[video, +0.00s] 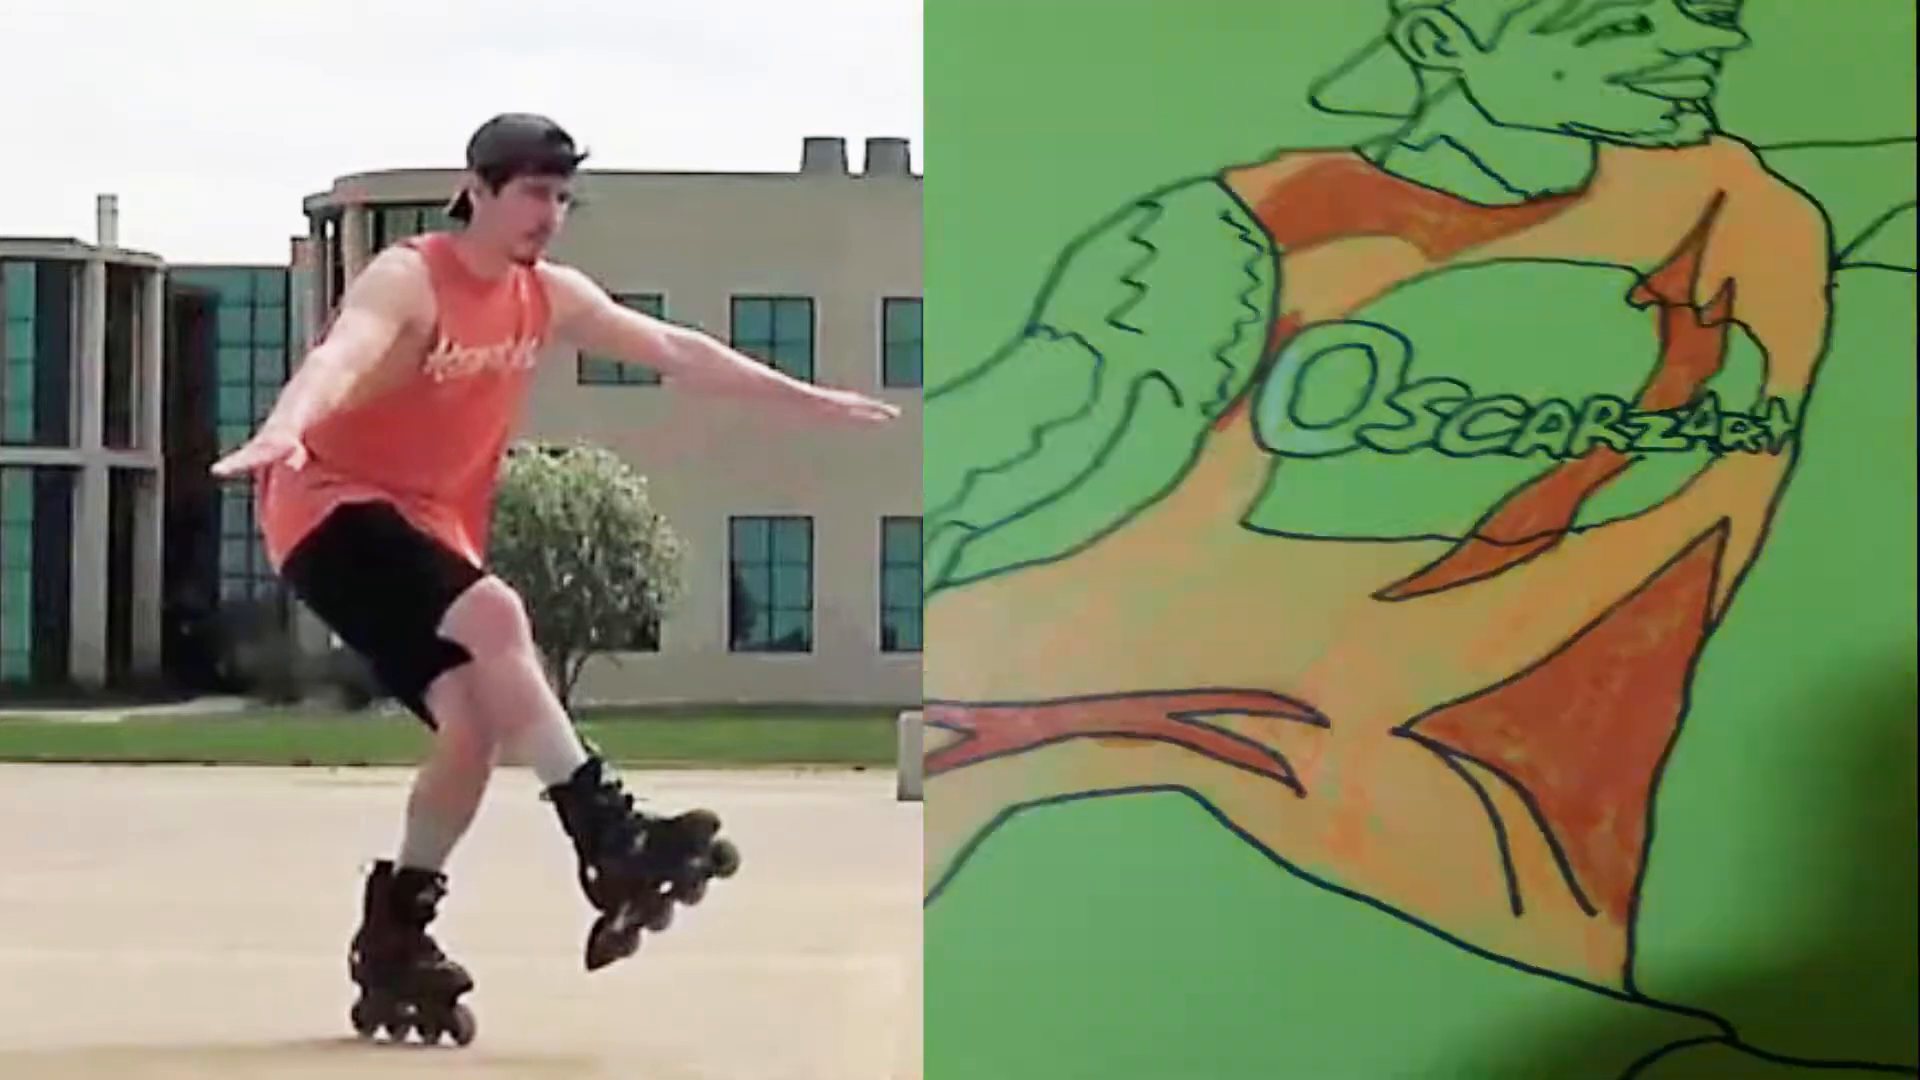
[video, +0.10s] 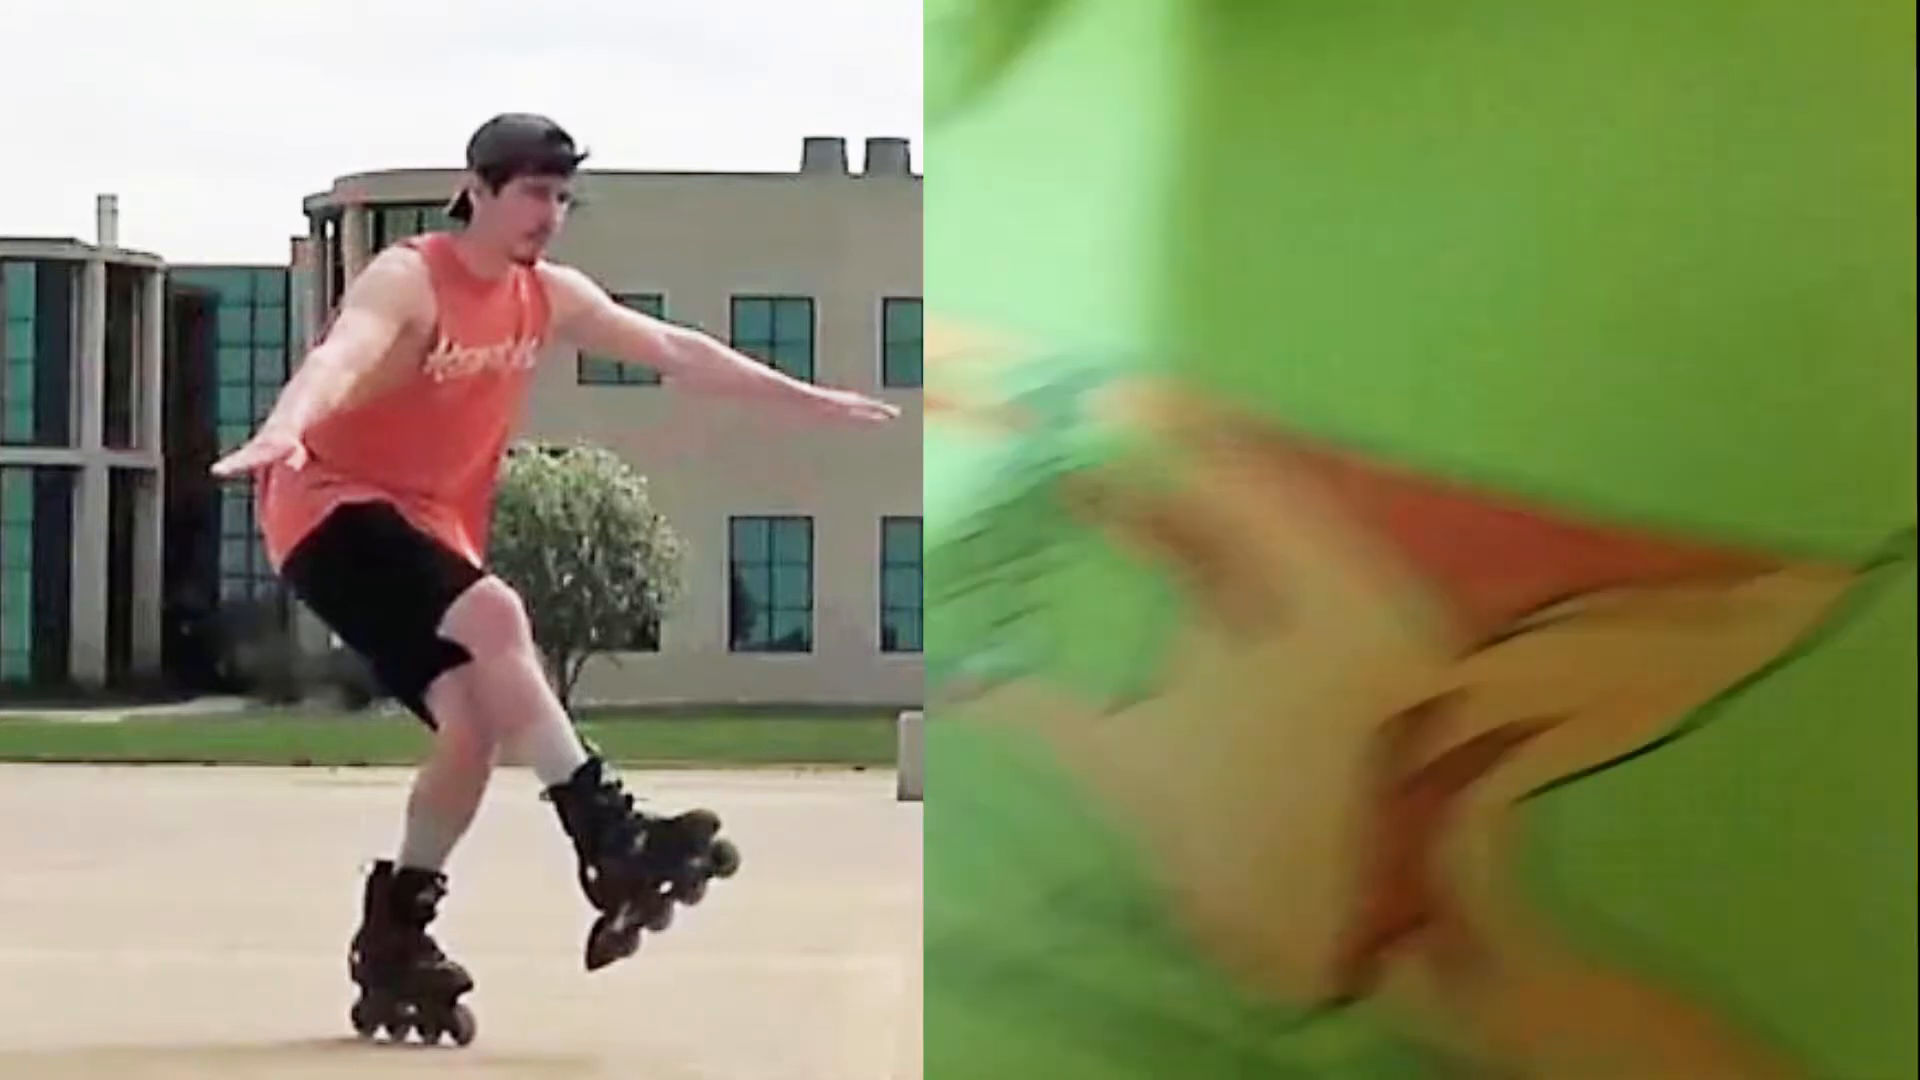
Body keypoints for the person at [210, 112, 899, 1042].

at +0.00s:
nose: (551, 215)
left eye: (561, 199)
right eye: (535, 195)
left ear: (562, 203)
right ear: (476, 191)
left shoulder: (551, 293)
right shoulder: (408, 275)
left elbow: (673, 350)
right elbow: (342, 356)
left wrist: (810, 399)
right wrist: (284, 427)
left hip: (436, 530)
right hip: (334, 505)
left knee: (477, 725)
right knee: (492, 616)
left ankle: (393, 938)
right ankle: (610, 841)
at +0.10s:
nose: (551, 215)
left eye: (561, 199)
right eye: (535, 195)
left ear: (562, 204)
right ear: (476, 191)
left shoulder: (551, 293)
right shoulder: (408, 275)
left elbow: (673, 350)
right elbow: (342, 356)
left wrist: (809, 399)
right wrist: (284, 427)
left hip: (436, 529)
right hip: (334, 505)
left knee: (477, 725)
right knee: (492, 616)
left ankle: (393, 938)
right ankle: (610, 841)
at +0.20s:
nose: (551, 215)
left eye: (561, 199)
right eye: (535, 195)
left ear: (563, 204)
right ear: (475, 191)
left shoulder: (551, 293)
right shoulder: (408, 275)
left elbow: (673, 350)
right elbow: (342, 355)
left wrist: (810, 399)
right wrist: (283, 428)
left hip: (436, 529)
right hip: (334, 504)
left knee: (477, 724)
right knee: (492, 616)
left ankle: (393, 937)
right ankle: (610, 841)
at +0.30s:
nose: (551, 215)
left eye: (561, 199)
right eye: (535, 195)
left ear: (563, 204)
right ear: (476, 191)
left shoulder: (551, 293)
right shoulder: (408, 275)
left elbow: (673, 349)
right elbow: (342, 355)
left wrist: (808, 398)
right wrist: (283, 428)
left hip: (436, 529)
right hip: (334, 504)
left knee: (477, 724)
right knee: (492, 616)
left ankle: (393, 938)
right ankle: (609, 840)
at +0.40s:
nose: (551, 215)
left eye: (561, 199)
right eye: (535, 195)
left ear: (563, 204)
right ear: (475, 191)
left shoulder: (551, 293)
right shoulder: (408, 275)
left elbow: (673, 349)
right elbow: (342, 355)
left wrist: (809, 399)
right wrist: (283, 428)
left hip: (436, 529)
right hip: (334, 504)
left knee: (477, 724)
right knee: (492, 616)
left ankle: (393, 937)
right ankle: (610, 841)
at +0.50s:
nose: (551, 215)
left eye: (561, 199)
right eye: (535, 195)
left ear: (562, 203)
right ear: (476, 191)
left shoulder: (551, 293)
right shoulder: (408, 275)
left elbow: (674, 350)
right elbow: (342, 356)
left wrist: (809, 398)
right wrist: (284, 427)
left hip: (436, 530)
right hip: (335, 505)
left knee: (477, 725)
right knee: (492, 616)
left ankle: (393, 937)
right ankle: (610, 842)